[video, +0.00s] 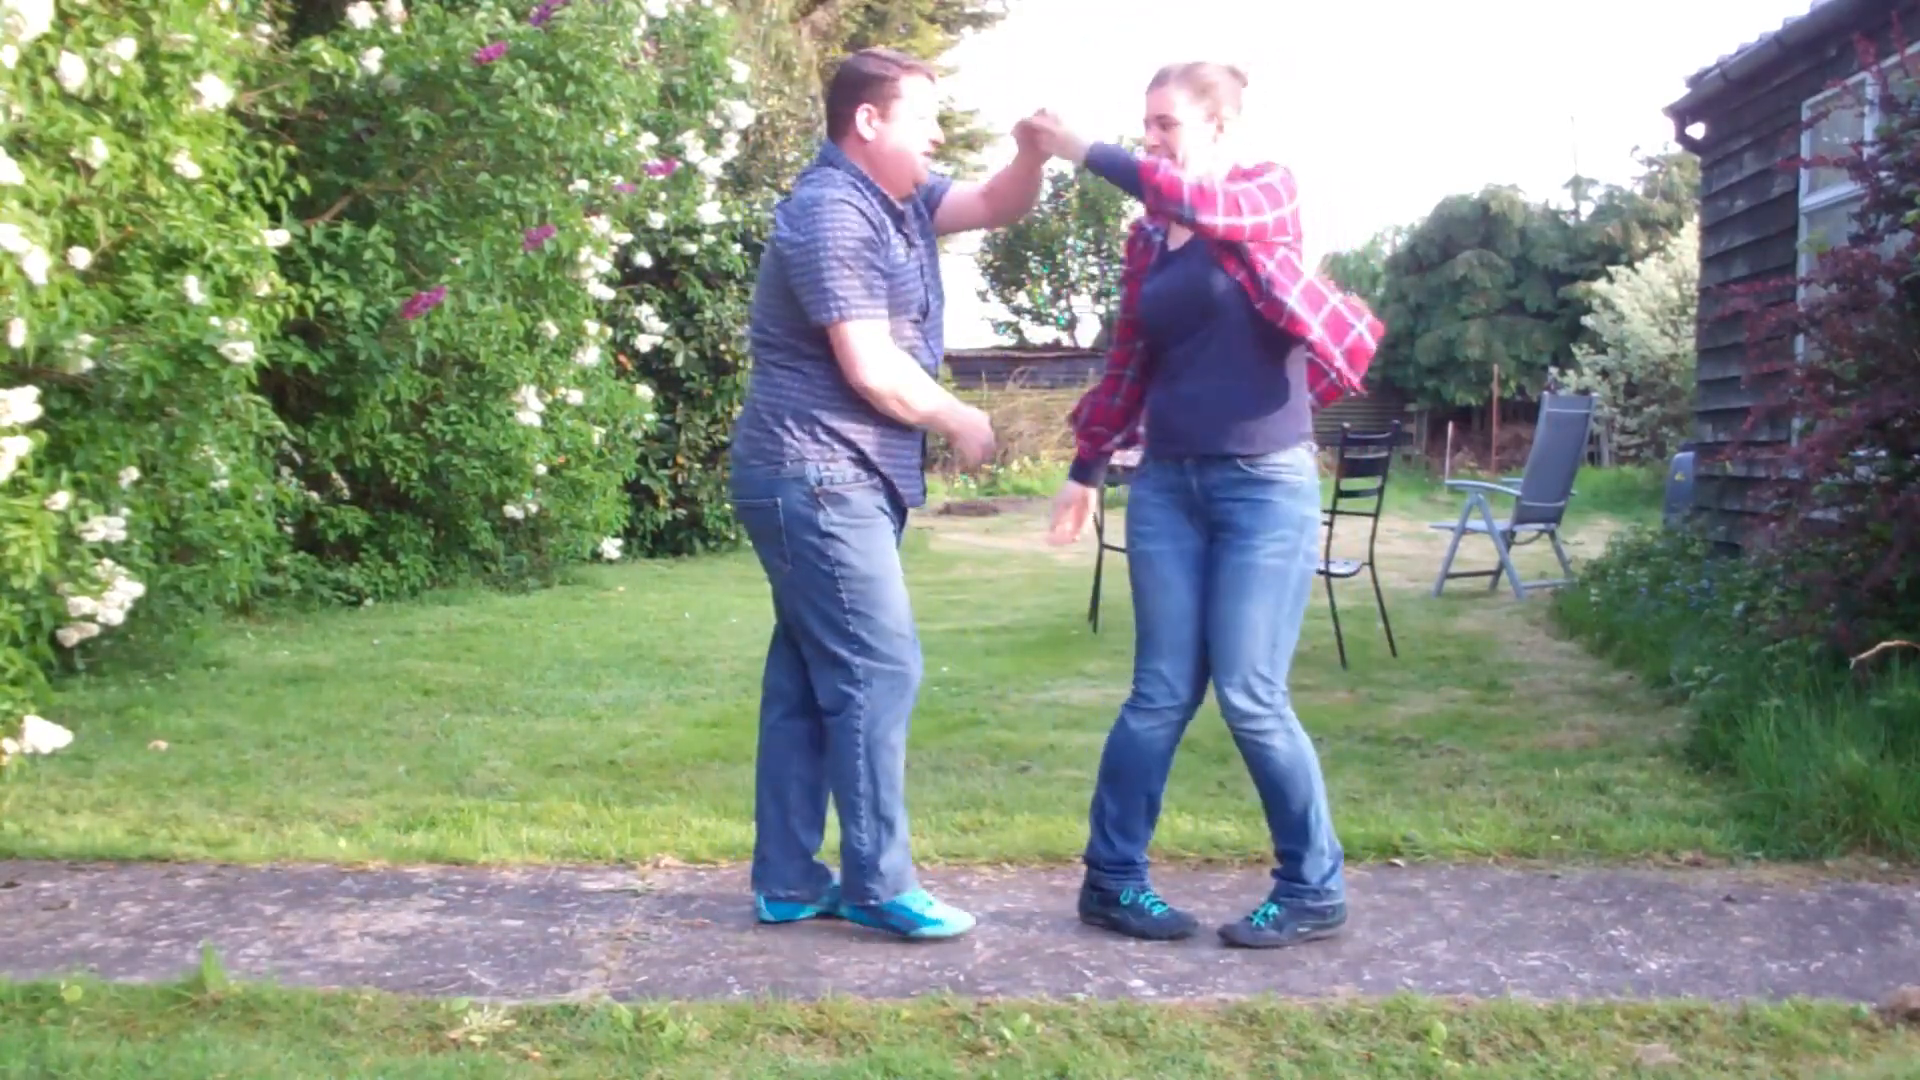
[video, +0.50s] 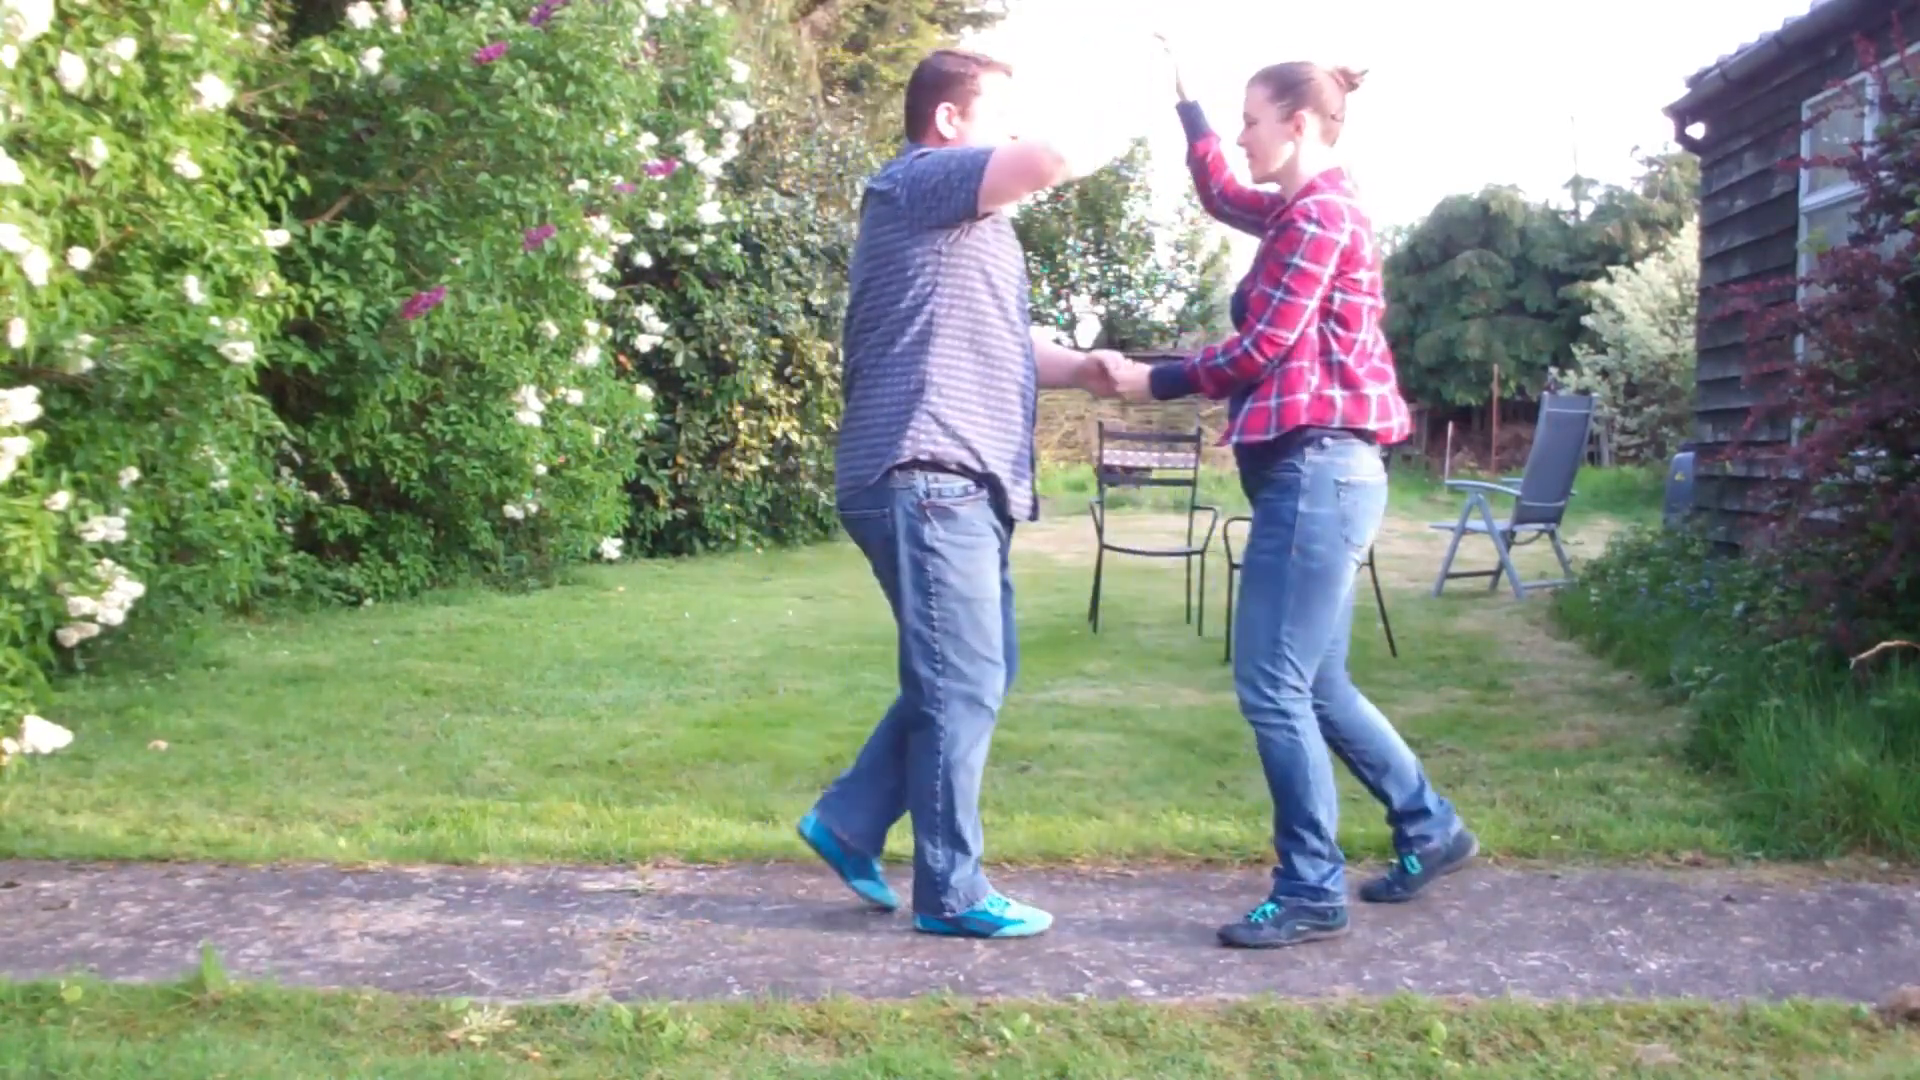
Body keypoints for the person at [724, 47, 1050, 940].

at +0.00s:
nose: (936, 143)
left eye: (935, 126)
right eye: (923, 124)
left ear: (875, 123)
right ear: (867, 123)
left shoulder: (897, 196)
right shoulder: (831, 209)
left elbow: (994, 204)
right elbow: (869, 365)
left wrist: (1033, 153)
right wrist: (957, 419)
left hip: (852, 470)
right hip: (811, 470)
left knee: (805, 679)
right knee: (880, 666)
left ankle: (788, 879)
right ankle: (880, 883)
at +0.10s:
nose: (946, 142)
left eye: (944, 124)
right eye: (934, 123)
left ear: (885, 125)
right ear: (881, 123)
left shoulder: (899, 201)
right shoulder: (848, 207)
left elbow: (1004, 238)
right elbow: (921, 352)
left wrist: (1047, 205)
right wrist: (974, 345)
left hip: (854, 475)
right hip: (824, 474)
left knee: (809, 682)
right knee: (880, 676)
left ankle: (787, 877)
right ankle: (923, 881)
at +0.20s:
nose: (955, 140)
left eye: (953, 121)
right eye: (944, 121)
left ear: (896, 124)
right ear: (894, 122)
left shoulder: (910, 200)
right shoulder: (862, 199)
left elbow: (992, 261)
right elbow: (963, 304)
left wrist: (1053, 254)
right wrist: (996, 262)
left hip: (869, 476)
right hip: (842, 475)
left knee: (821, 686)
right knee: (896, 680)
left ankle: (789, 878)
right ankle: (937, 882)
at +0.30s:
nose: (972, 144)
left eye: (972, 128)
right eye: (961, 126)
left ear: (908, 124)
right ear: (910, 121)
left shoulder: (911, 205)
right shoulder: (879, 191)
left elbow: (996, 292)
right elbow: (1013, 250)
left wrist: (1069, 300)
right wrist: (1024, 191)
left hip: (877, 478)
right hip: (872, 478)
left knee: (844, 686)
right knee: (918, 682)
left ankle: (794, 873)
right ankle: (943, 887)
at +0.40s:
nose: (991, 127)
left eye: (989, 112)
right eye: (978, 111)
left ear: (929, 119)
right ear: (928, 117)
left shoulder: (943, 214)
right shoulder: (895, 182)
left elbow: (1010, 329)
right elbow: (1036, 201)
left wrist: (1083, 333)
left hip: (920, 475)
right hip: (897, 474)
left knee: (888, 684)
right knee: (942, 683)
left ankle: (807, 858)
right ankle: (948, 890)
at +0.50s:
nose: (1014, 125)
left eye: (1012, 110)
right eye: (999, 108)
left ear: (956, 120)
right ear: (948, 117)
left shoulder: (978, 220)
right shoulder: (911, 183)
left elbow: (1003, 350)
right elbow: (1044, 162)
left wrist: (1092, 365)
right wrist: (1111, 120)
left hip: (971, 478)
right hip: (921, 471)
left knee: (979, 673)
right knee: (958, 680)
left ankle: (847, 822)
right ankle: (951, 889)